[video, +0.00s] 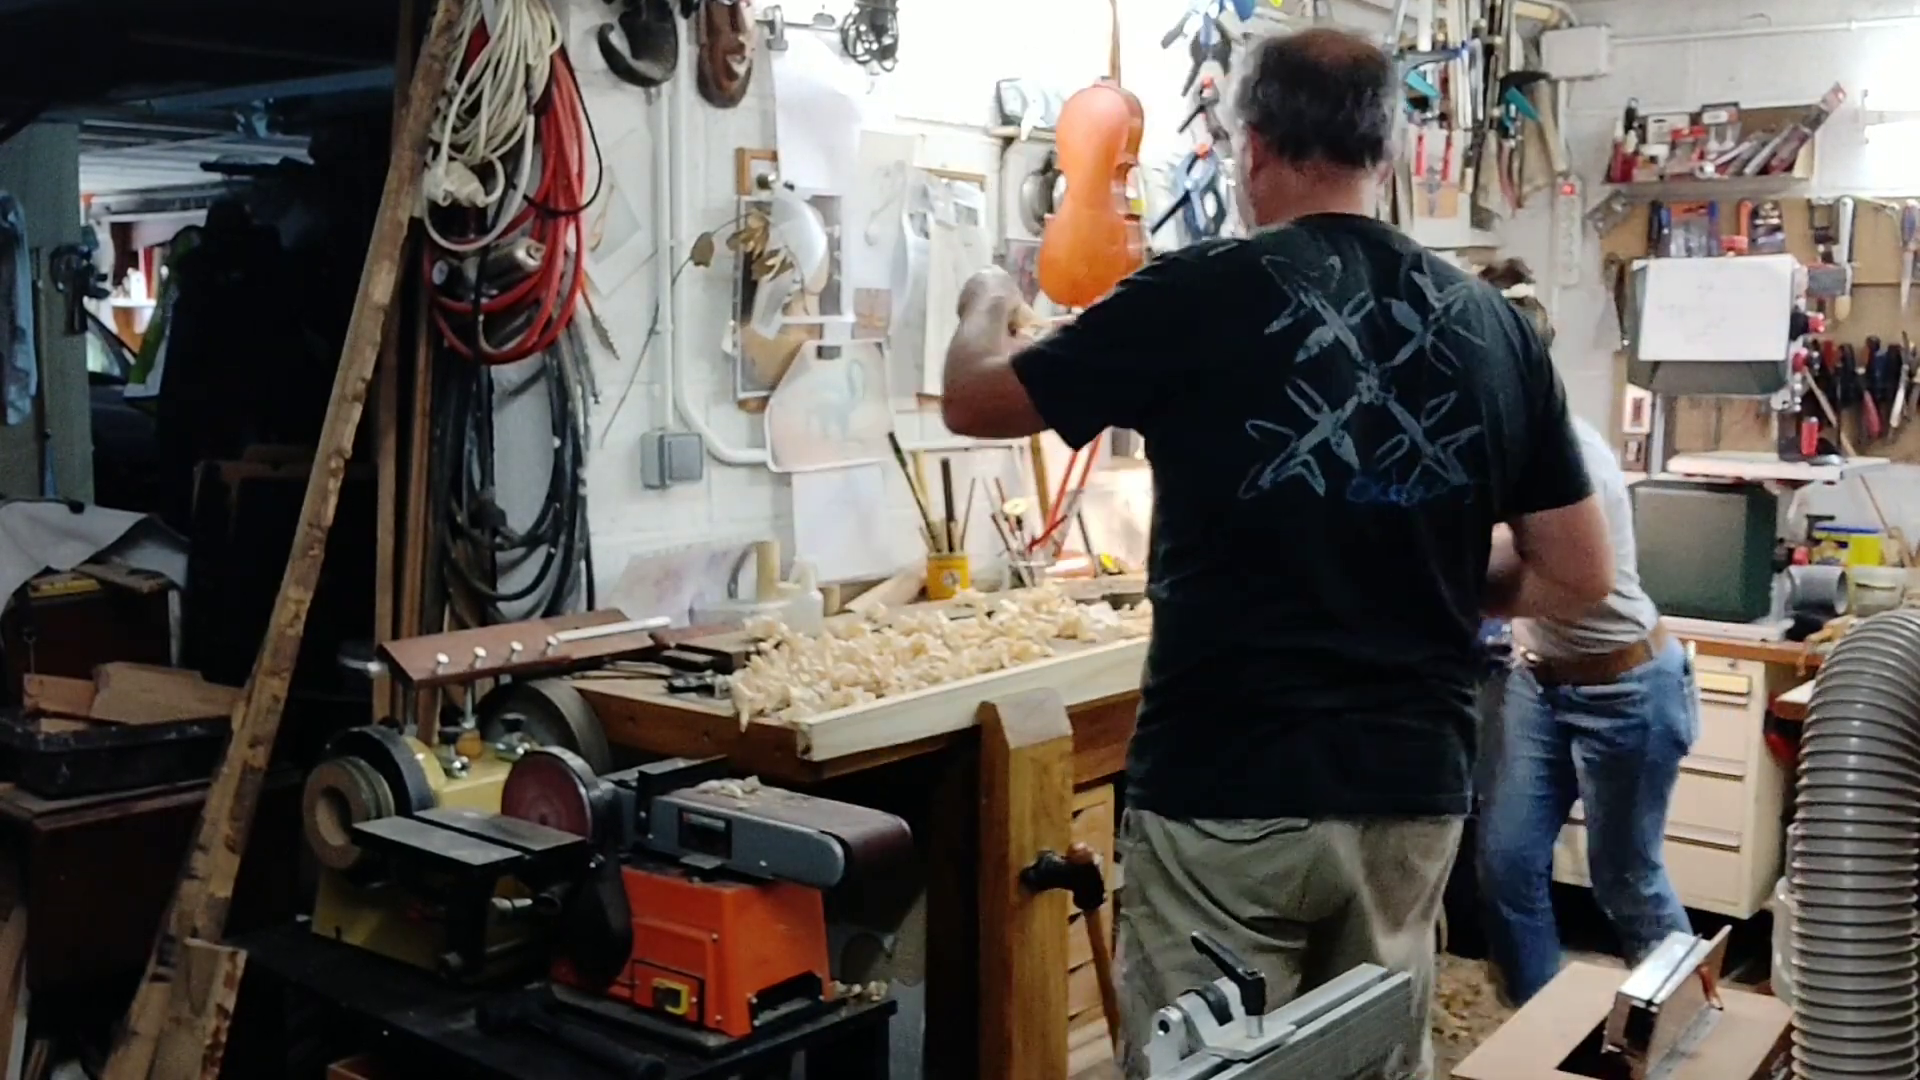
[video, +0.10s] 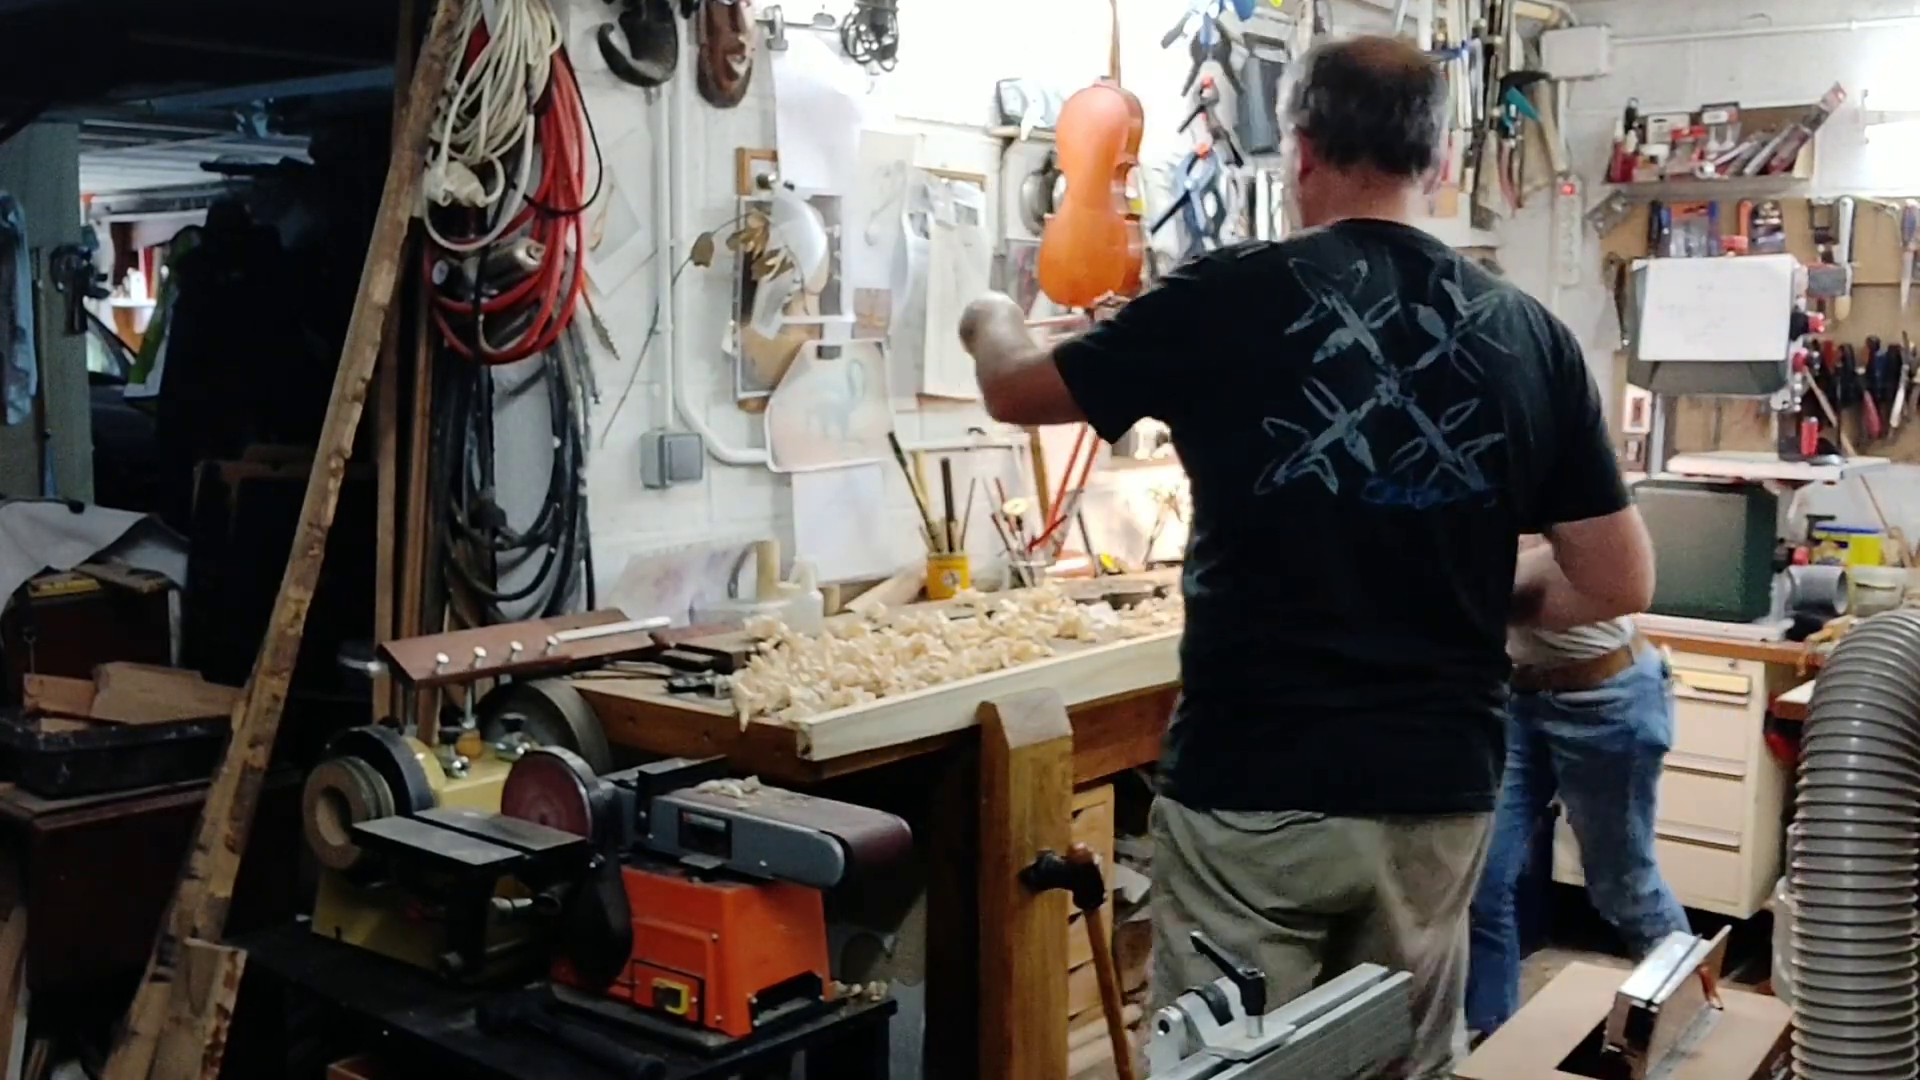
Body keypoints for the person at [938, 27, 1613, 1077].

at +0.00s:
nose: (1234, 160)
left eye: (1236, 138)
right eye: (1238, 137)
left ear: (1256, 146)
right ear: (1390, 152)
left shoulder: (1203, 292)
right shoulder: (1493, 325)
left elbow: (974, 401)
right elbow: (1578, 574)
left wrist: (992, 294)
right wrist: (1441, 561)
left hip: (1225, 760)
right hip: (1414, 769)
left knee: (1195, 1063)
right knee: (1383, 1063)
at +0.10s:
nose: (1287, 167)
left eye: (1290, 145)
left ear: (1304, 151)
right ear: (1439, 161)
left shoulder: (1235, 294)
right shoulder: (1525, 332)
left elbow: (1016, 392)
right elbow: (1614, 580)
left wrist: (998, 319)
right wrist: (1473, 577)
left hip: (1255, 767)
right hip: (1442, 778)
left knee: (1222, 1065)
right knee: (1414, 1064)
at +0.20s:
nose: (1332, 166)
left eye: (1334, 148)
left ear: (1352, 154)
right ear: (1476, 168)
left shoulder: (1263, 296)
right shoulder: (1557, 335)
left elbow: (1049, 393)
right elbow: (1648, 586)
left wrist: (1019, 319)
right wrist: (1507, 569)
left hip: (1270, 766)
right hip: (1462, 784)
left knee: (1222, 1065)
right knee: (1436, 1068)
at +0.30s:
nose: (1367, 161)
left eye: (1371, 144)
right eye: (1373, 145)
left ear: (1388, 154)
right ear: (1512, 176)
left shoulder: (1296, 290)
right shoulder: (1584, 336)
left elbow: (1079, 411)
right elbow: (1683, 582)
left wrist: (1076, 305)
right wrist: (1539, 562)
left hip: (1286, 757)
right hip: (1478, 775)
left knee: (1236, 1056)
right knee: (1443, 1065)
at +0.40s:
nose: (1401, 157)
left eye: (1405, 142)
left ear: (1411, 153)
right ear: (1539, 175)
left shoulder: (1316, 283)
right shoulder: (1603, 331)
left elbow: (1116, 424)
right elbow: (1701, 582)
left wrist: (1144, 332)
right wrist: (1596, 538)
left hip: (1292, 739)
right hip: (1479, 765)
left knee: (1261, 1052)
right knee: (1438, 1066)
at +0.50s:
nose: (1433, 167)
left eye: (1433, 153)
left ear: (1437, 162)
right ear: (1562, 181)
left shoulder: (1337, 280)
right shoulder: (1615, 330)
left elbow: (1155, 434)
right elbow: (1707, 582)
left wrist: (1256, 397)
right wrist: (1631, 524)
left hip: (1302, 736)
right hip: (1482, 764)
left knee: (1280, 1046)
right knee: (1442, 1064)